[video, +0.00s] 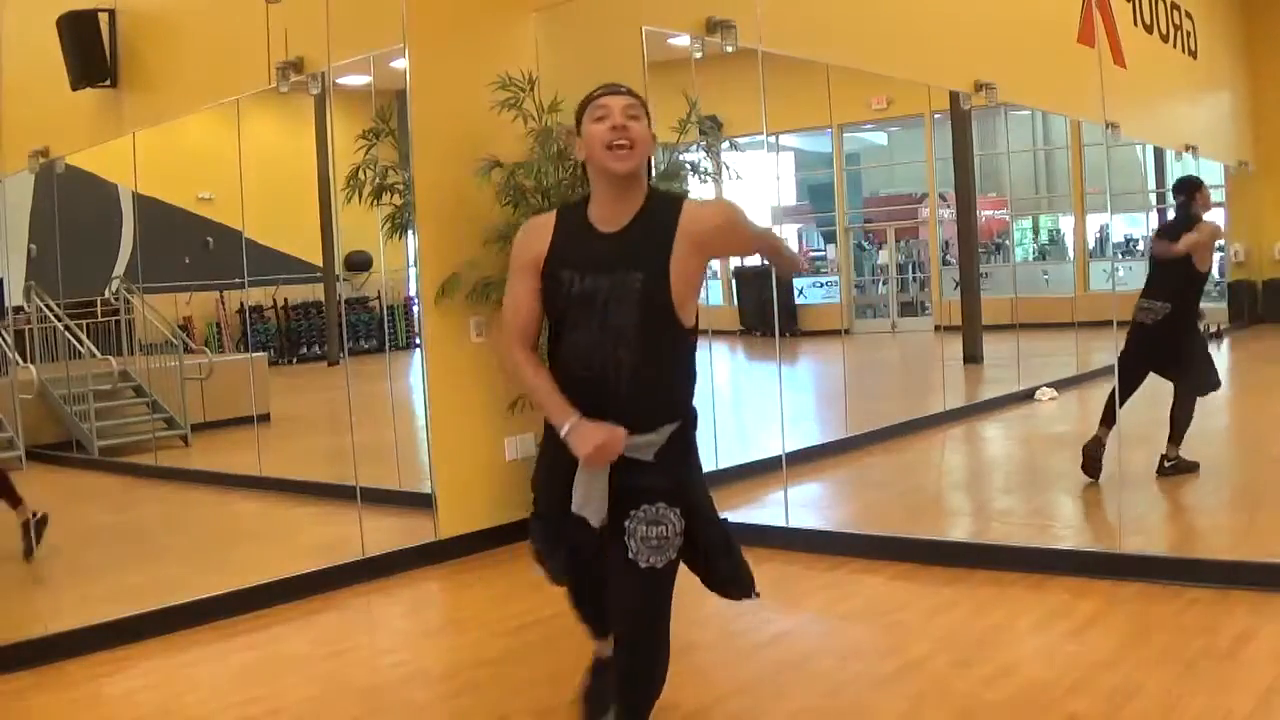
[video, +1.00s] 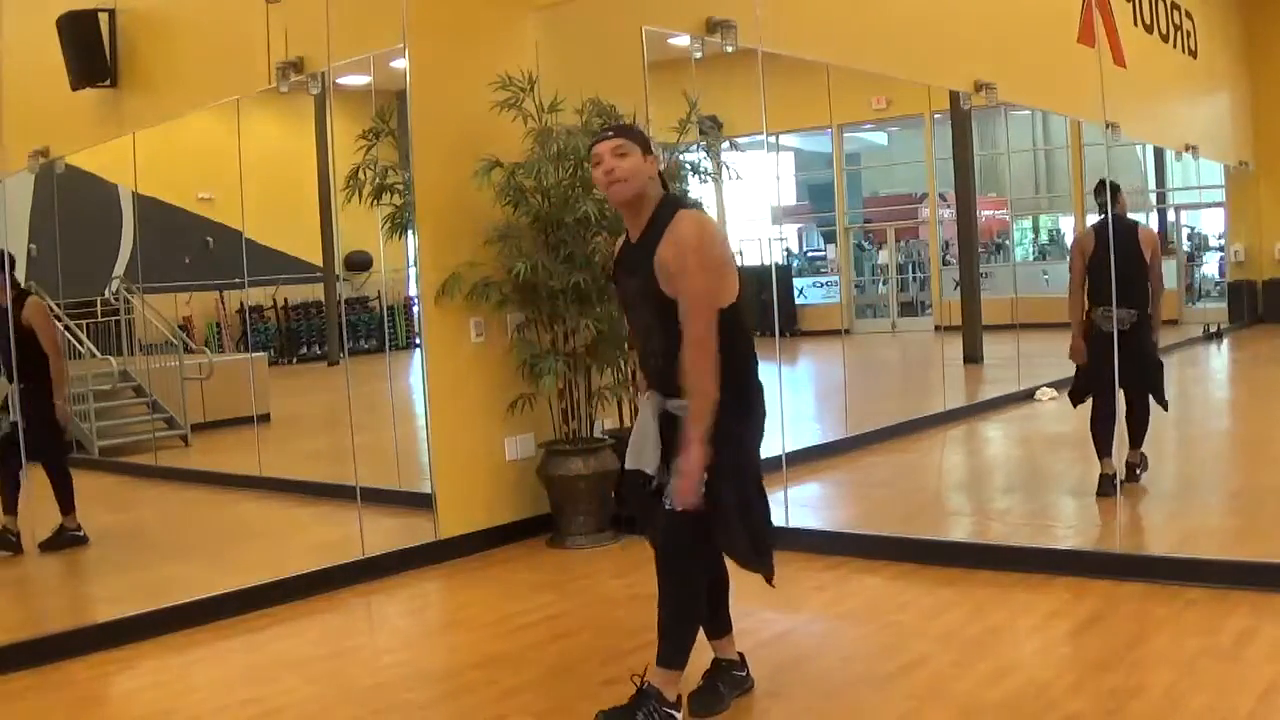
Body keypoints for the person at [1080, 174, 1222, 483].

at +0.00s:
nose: (1210, 198)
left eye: (1207, 192)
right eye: (1206, 193)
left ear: (1180, 200)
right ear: (1196, 198)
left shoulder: (1163, 230)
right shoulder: (1207, 229)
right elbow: (1185, 246)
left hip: (1144, 318)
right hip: (1177, 323)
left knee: (1126, 381)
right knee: (1189, 385)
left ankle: (1099, 439)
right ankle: (1171, 456)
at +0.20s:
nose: (1190, 200)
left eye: (1188, 194)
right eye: (1186, 195)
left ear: (1161, 199)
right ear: (1176, 198)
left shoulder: (1137, 232)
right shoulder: (1186, 233)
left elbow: (1131, 272)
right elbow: (1173, 268)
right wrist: (1161, 275)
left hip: (1128, 319)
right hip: (1161, 322)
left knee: (1129, 387)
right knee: (1173, 387)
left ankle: (1110, 449)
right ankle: (1170, 456)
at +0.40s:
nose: (1165, 210)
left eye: (1164, 204)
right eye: (1162, 205)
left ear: (1135, 209)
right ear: (1151, 206)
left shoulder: (1114, 241)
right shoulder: (1166, 244)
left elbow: (1106, 291)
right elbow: (1183, 297)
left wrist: (1108, 327)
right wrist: (1192, 339)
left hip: (1111, 339)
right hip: (1147, 337)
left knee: (1112, 403)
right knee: (1158, 398)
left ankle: (1108, 474)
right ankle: (1167, 457)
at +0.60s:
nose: (1149, 201)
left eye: (1147, 195)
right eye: (1146, 196)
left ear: (1117, 202)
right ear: (1136, 199)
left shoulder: (1097, 238)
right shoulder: (1156, 235)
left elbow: (1078, 285)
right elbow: (1177, 265)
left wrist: (1073, 330)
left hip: (1101, 334)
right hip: (1136, 334)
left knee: (1105, 401)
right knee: (1143, 396)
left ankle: (1107, 473)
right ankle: (1147, 459)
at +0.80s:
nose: (1136, 199)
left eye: (1133, 194)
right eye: (1133, 194)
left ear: (1108, 201)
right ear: (1125, 198)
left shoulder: (1087, 238)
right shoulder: (1150, 232)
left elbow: (1069, 285)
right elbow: (1156, 261)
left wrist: (1062, 329)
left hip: (1097, 334)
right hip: (1135, 332)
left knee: (1102, 400)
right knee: (1133, 397)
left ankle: (1106, 471)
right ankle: (1131, 459)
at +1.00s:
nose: (1126, 201)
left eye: (1119, 197)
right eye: (1123, 197)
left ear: (1096, 205)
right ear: (1121, 200)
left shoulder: (1084, 239)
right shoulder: (1146, 236)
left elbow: (1076, 291)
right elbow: (1157, 286)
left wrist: (1076, 336)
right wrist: (1155, 328)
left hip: (1099, 333)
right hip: (1137, 332)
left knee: (1102, 400)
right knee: (1137, 396)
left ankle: (1107, 470)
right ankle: (1134, 459)